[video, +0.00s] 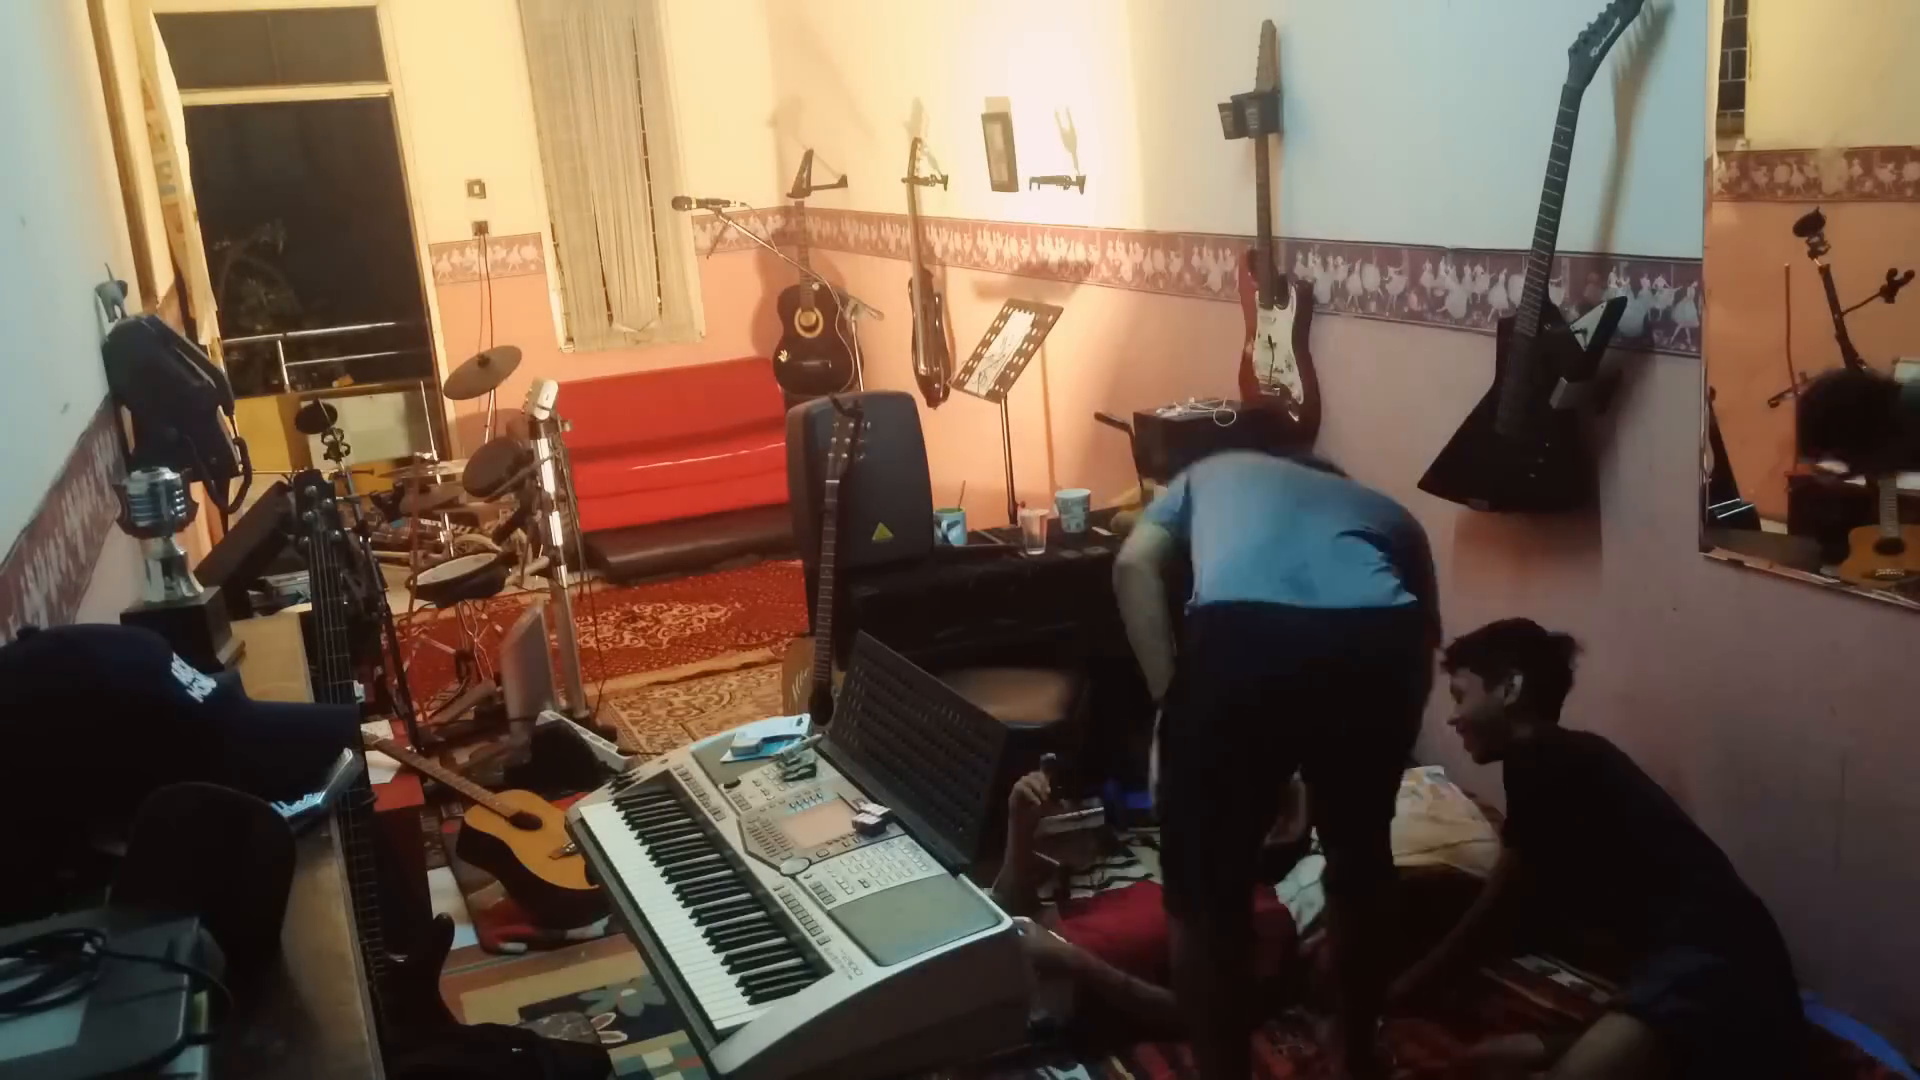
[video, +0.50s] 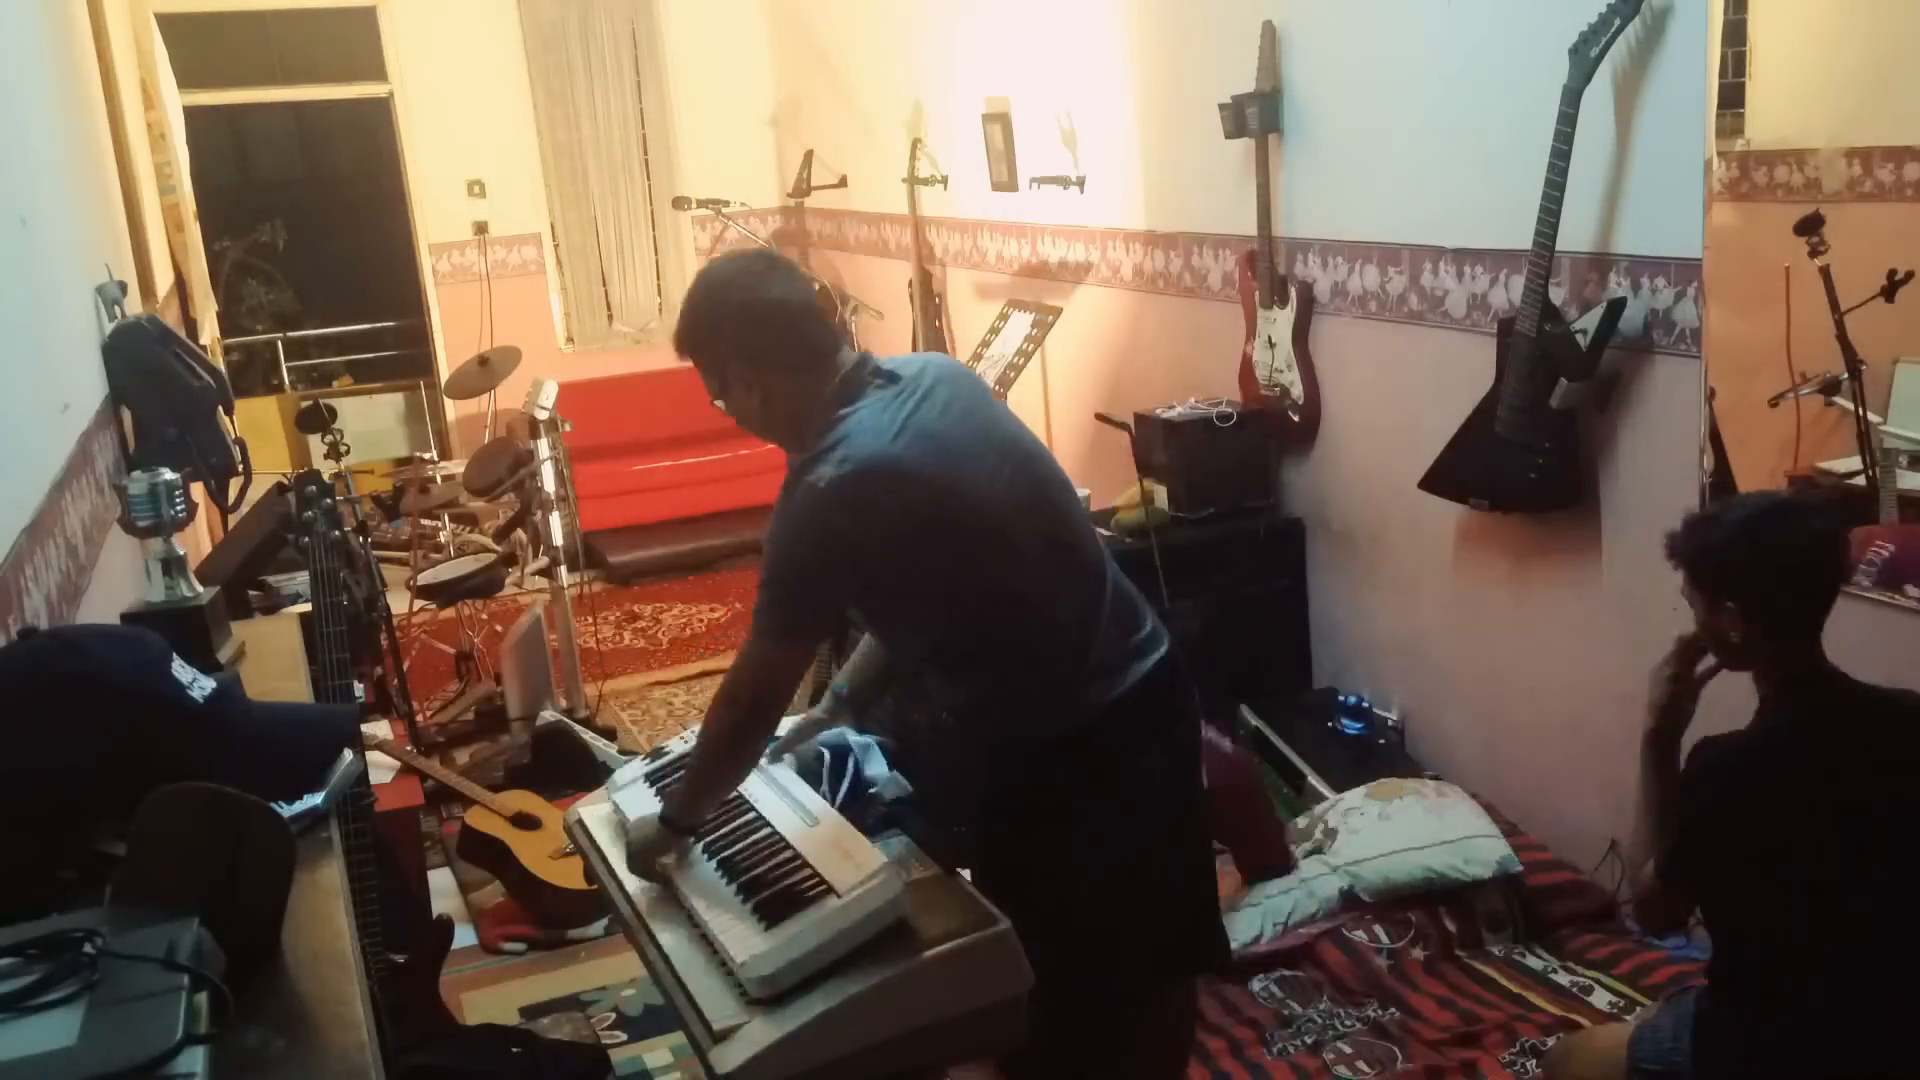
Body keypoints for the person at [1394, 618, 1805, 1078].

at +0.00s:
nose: (1453, 717)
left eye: (1460, 696)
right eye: (1454, 699)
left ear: (1510, 690)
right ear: (1511, 691)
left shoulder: (1541, 766)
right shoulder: (1577, 755)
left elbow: (1506, 901)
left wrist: (1418, 982)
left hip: (1709, 968)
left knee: (1583, 1065)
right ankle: (1556, 1046)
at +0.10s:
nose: (1456, 718)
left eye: (1464, 697)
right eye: (1456, 701)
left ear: (1515, 689)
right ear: (1519, 691)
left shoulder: (1549, 763)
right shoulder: (1575, 761)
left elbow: (1491, 904)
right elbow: (1514, 903)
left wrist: (1394, 988)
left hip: (1718, 971)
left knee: (1574, 1074)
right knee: (1491, 1060)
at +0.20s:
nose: (1474, 713)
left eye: (1483, 693)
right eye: (1474, 696)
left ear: (1533, 683)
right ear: (1530, 685)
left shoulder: (1597, 752)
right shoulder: (1557, 798)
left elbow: (1569, 893)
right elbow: (1542, 905)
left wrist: (1419, 906)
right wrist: (1421, 912)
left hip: (1744, 969)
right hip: (1688, 964)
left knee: (1581, 1070)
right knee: (1491, 1055)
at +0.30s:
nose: (1470, 704)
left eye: (1480, 684)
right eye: (1470, 686)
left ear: (1531, 680)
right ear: (1531, 684)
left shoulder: (1581, 740)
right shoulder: (1567, 757)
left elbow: (1526, 875)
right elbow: (1555, 913)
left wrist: (1447, 874)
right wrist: (1428, 912)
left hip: (1732, 956)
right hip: (1690, 957)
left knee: (1585, 1069)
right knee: (1486, 1058)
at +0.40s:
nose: (1376, 744)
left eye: (1379, 726)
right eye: (1374, 729)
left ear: (1407, 709)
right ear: (1464, 704)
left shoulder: (1414, 728)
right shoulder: (1511, 743)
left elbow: (1405, 890)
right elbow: (1517, 899)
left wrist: (1403, 1005)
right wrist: (1403, 907)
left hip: (1633, 884)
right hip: (1740, 868)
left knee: (1565, 1057)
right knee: (1674, 1026)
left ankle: (1752, 1063)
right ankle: (1803, 1046)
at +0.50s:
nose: (1691, 623)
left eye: (1694, 603)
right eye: (1690, 602)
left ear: (1733, 621)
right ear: (1817, 597)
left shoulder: (1726, 766)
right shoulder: (1906, 722)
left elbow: (1659, 912)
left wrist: (1661, 738)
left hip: (1762, 1036)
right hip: (1895, 1025)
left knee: (1554, 1059)